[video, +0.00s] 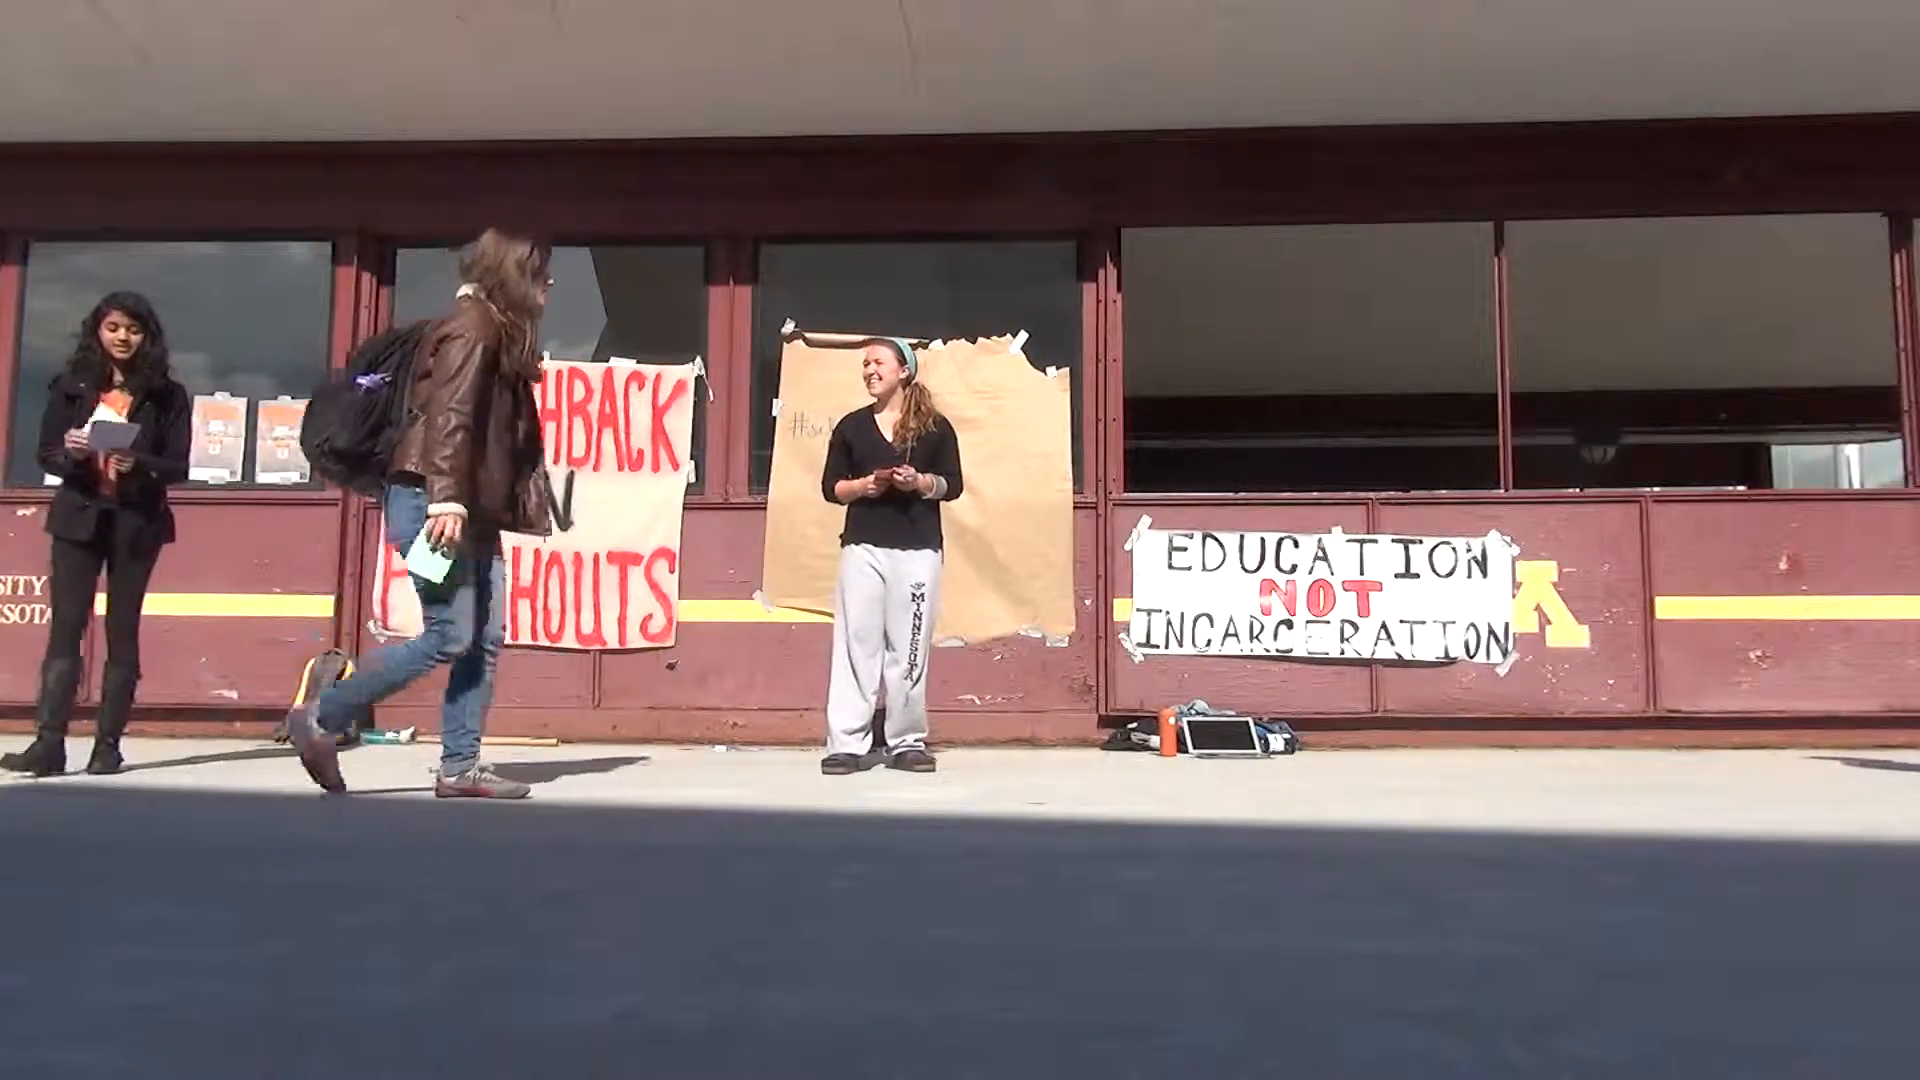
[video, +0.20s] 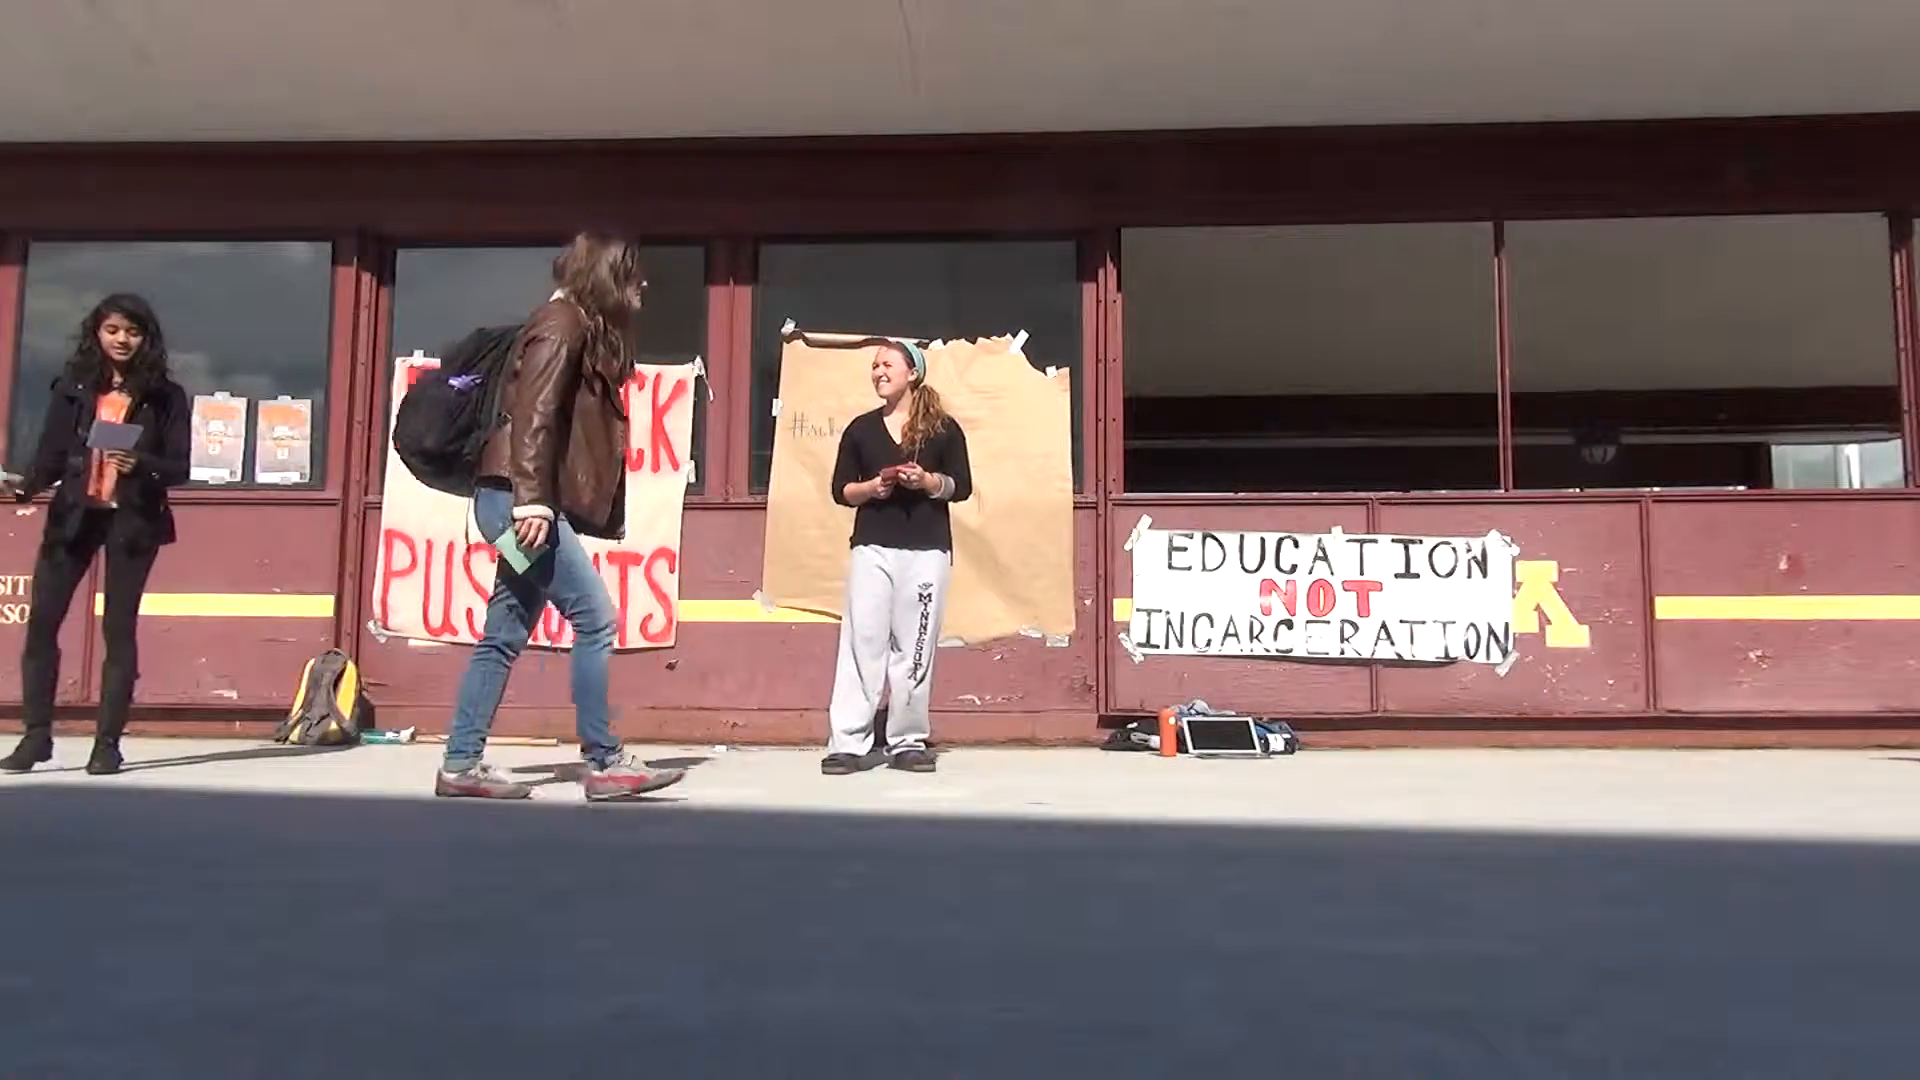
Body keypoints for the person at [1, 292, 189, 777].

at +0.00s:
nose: (122, 337)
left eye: (132, 329)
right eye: (113, 327)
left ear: (147, 335)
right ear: (96, 332)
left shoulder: (168, 393)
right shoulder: (72, 384)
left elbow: (178, 467)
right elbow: (47, 454)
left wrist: (137, 461)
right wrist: (70, 451)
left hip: (135, 520)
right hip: (77, 514)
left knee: (121, 628)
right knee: (66, 625)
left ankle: (107, 743)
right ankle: (49, 741)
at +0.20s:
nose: (121, 339)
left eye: (131, 331)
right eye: (112, 329)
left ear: (146, 338)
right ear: (96, 334)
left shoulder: (167, 394)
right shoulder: (74, 383)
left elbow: (178, 469)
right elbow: (51, 451)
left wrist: (139, 461)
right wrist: (31, 484)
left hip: (132, 520)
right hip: (75, 514)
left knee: (118, 626)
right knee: (41, 620)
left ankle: (107, 742)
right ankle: (37, 733)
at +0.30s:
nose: (125, 338)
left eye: (134, 331)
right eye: (116, 329)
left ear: (145, 338)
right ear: (95, 333)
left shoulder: (163, 394)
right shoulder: (69, 385)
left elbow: (177, 469)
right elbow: (38, 456)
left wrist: (140, 463)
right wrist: (6, 510)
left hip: (128, 521)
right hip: (70, 516)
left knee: (116, 629)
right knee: (42, 627)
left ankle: (107, 742)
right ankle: (33, 734)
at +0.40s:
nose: (125, 339)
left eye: (134, 332)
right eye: (116, 329)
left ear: (143, 341)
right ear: (93, 334)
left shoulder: (155, 395)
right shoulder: (62, 385)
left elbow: (174, 469)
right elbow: (30, 464)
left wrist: (140, 465)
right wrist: (3, 524)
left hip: (124, 520)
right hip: (66, 516)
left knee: (113, 628)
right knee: (49, 629)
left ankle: (107, 742)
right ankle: (36, 738)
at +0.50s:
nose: (120, 338)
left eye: (128, 332)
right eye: (110, 329)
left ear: (136, 342)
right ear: (85, 334)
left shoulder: (147, 395)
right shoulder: (52, 389)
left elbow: (164, 470)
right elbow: (24, 467)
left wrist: (138, 468)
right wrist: (3, 524)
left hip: (118, 521)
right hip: (59, 518)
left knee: (108, 627)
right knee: (51, 630)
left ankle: (107, 744)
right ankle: (38, 740)